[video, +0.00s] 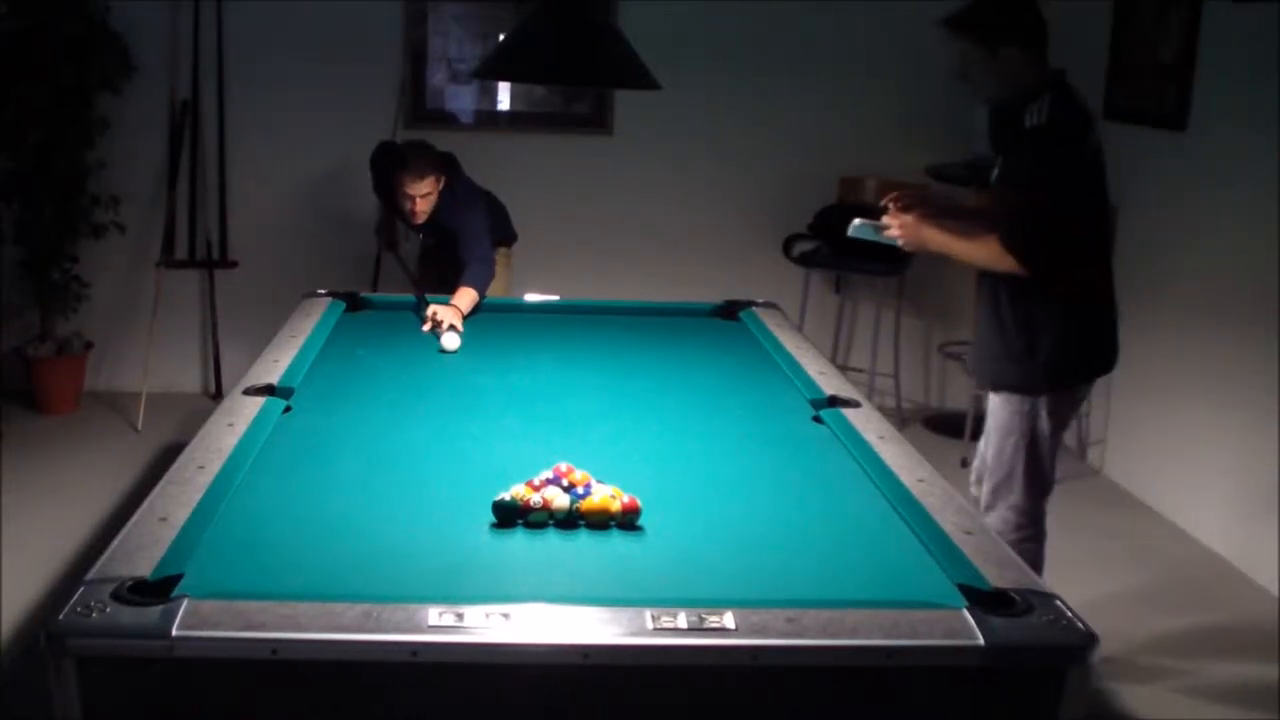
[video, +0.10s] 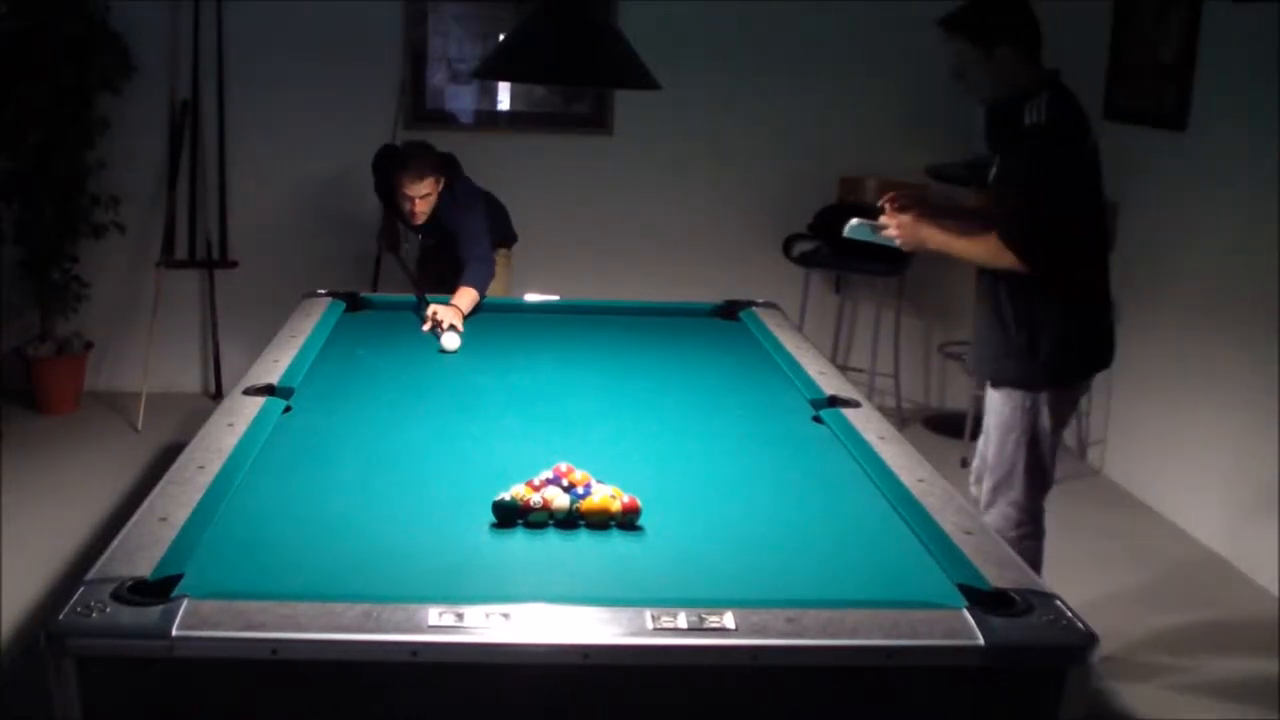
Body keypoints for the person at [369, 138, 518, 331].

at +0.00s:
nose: (416, 207)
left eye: (426, 196)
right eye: (408, 198)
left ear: (440, 184)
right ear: (395, 189)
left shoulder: (465, 201)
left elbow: (481, 262)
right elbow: (382, 152)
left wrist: (456, 308)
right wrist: (387, 216)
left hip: (489, 248)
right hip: (438, 243)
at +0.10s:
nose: (416, 208)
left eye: (425, 197)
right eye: (407, 199)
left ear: (439, 185)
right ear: (394, 190)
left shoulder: (463, 199)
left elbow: (481, 262)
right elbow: (384, 155)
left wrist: (457, 308)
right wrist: (389, 220)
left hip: (489, 248)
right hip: (437, 244)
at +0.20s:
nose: (417, 209)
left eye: (426, 199)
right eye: (408, 200)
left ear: (441, 186)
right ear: (395, 192)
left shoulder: (464, 200)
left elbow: (480, 262)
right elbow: (384, 155)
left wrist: (457, 308)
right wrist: (389, 211)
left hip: (489, 248)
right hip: (438, 244)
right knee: (426, 317)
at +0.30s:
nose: (417, 209)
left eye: (426, 199)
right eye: (408, 200)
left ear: (440, 186)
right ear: (395, 191)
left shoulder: (463, 200)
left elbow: (480, 262)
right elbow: (382, 150)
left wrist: (457, 308)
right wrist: (387, 205)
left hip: (491, 247)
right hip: (440, 243)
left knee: (485, 324)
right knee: (426, 315)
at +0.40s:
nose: (416, 209)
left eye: (425, 198)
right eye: (407, 200)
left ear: (440, 185)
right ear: (395, 190)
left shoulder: (463, 198)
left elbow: (479, 261)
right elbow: (382, 150)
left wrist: (457, 308)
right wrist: (387, 208)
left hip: (492, 246)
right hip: (440, 243)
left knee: (485, 324)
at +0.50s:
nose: (415, 207)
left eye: (424, 197)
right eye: (407, 199)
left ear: (439, 184)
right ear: (393, 189)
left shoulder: (462, 198)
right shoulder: (389, 170)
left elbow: (478, 260)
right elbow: (382, 155)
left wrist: (456, 308)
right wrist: (386, 222)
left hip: (492, 247)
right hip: (441, 244)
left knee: (485, 325)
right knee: (427, 318)